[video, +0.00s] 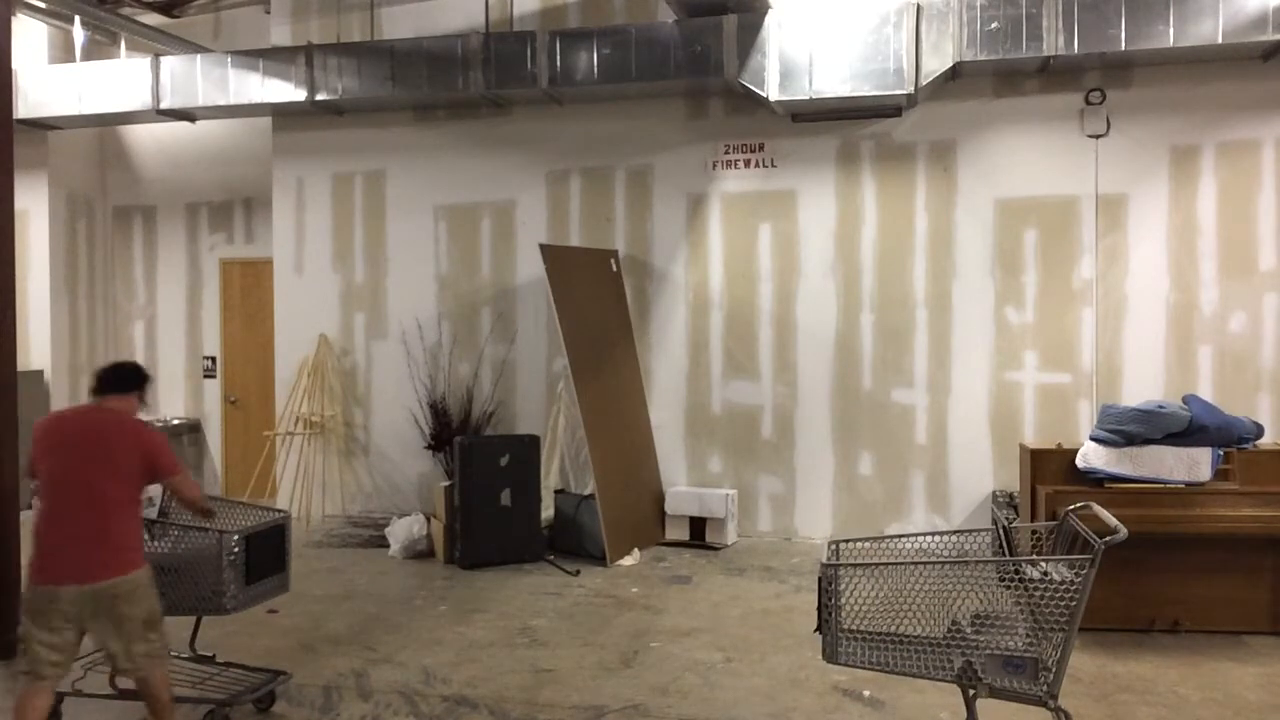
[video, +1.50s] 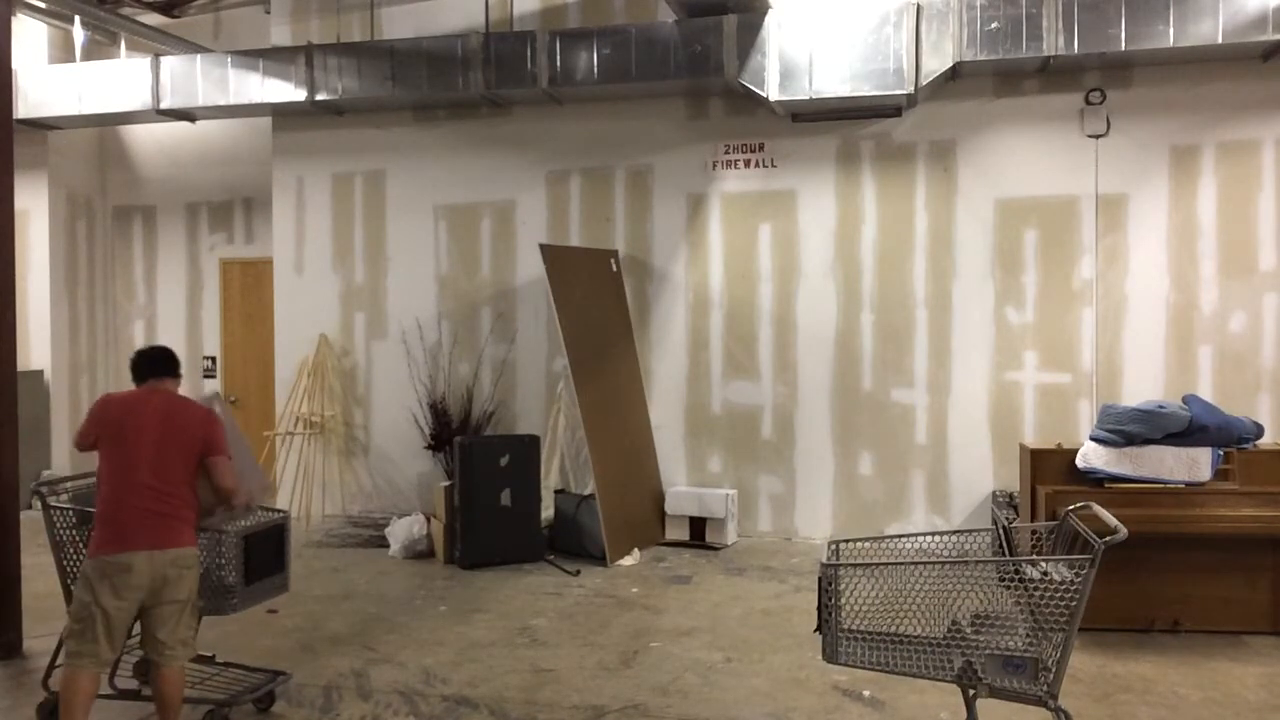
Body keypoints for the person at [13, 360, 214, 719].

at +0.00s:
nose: (140, 407)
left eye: (141, 401)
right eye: (141, 399)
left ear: (96, 392)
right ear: (135, 396)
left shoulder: (48, 427)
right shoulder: (141, 434)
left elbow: (32, 474)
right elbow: (189, 492)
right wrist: (204, 509)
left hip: (53, 579)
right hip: (120, 577)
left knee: (39, 678)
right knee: (150, 670)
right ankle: (164, 713)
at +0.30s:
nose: (197, 427)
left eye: (198, 422)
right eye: (199, 422)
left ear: (156, 403)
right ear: (193, 415)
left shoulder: (110, 419)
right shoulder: (197, 438)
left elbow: (103, 477)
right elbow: (227, 499)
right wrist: (228, 526)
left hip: (87, 557)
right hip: (154, 560)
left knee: (61, 661)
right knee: (167, 659)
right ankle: (170, 714)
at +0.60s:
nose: (206, 429)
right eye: (208, 424)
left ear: (163, 405)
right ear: (201, 416)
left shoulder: (121, 421)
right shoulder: (206, 430)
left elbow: (109, 480)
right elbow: (237, 501)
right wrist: (232, 523)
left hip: (104, 553)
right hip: (168, 556)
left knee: (79, 662)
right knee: (171, 662)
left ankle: (57, 713)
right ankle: (170, 715)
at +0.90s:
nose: (205, 410)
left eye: (206, 407)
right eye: (206, 406)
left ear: (162, 391)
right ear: (200, 399)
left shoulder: (119, 411)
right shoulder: (209, 423)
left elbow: (102, 477)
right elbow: (231, 492)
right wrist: (242, 512)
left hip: (111, 553)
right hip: (175, 556)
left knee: (85, 656)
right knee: (171, 661)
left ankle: (61, 715)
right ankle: (169, 715)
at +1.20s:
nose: (201, 399)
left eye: (201, 395)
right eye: (203, 395)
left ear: (160, 384)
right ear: (199, 391)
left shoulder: (121, 405)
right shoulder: (211, 421)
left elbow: (104, 464)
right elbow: (230, 493)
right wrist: (240, 515)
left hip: (113, 552)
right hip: (175, 555)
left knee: (85, 655)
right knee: (170, 658)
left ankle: (64, 714)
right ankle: (168, 715)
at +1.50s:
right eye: (177, 378)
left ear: (135, 379)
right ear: (177, 378)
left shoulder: (110, 406)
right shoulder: (202, 416)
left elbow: (82, 443)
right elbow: (224, 482)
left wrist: (122, 430)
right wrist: (232, 498)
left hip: (117, 555)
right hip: (178, 555)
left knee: (86, 657)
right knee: (170, 657)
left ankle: (69, 715)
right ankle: (170, 716)